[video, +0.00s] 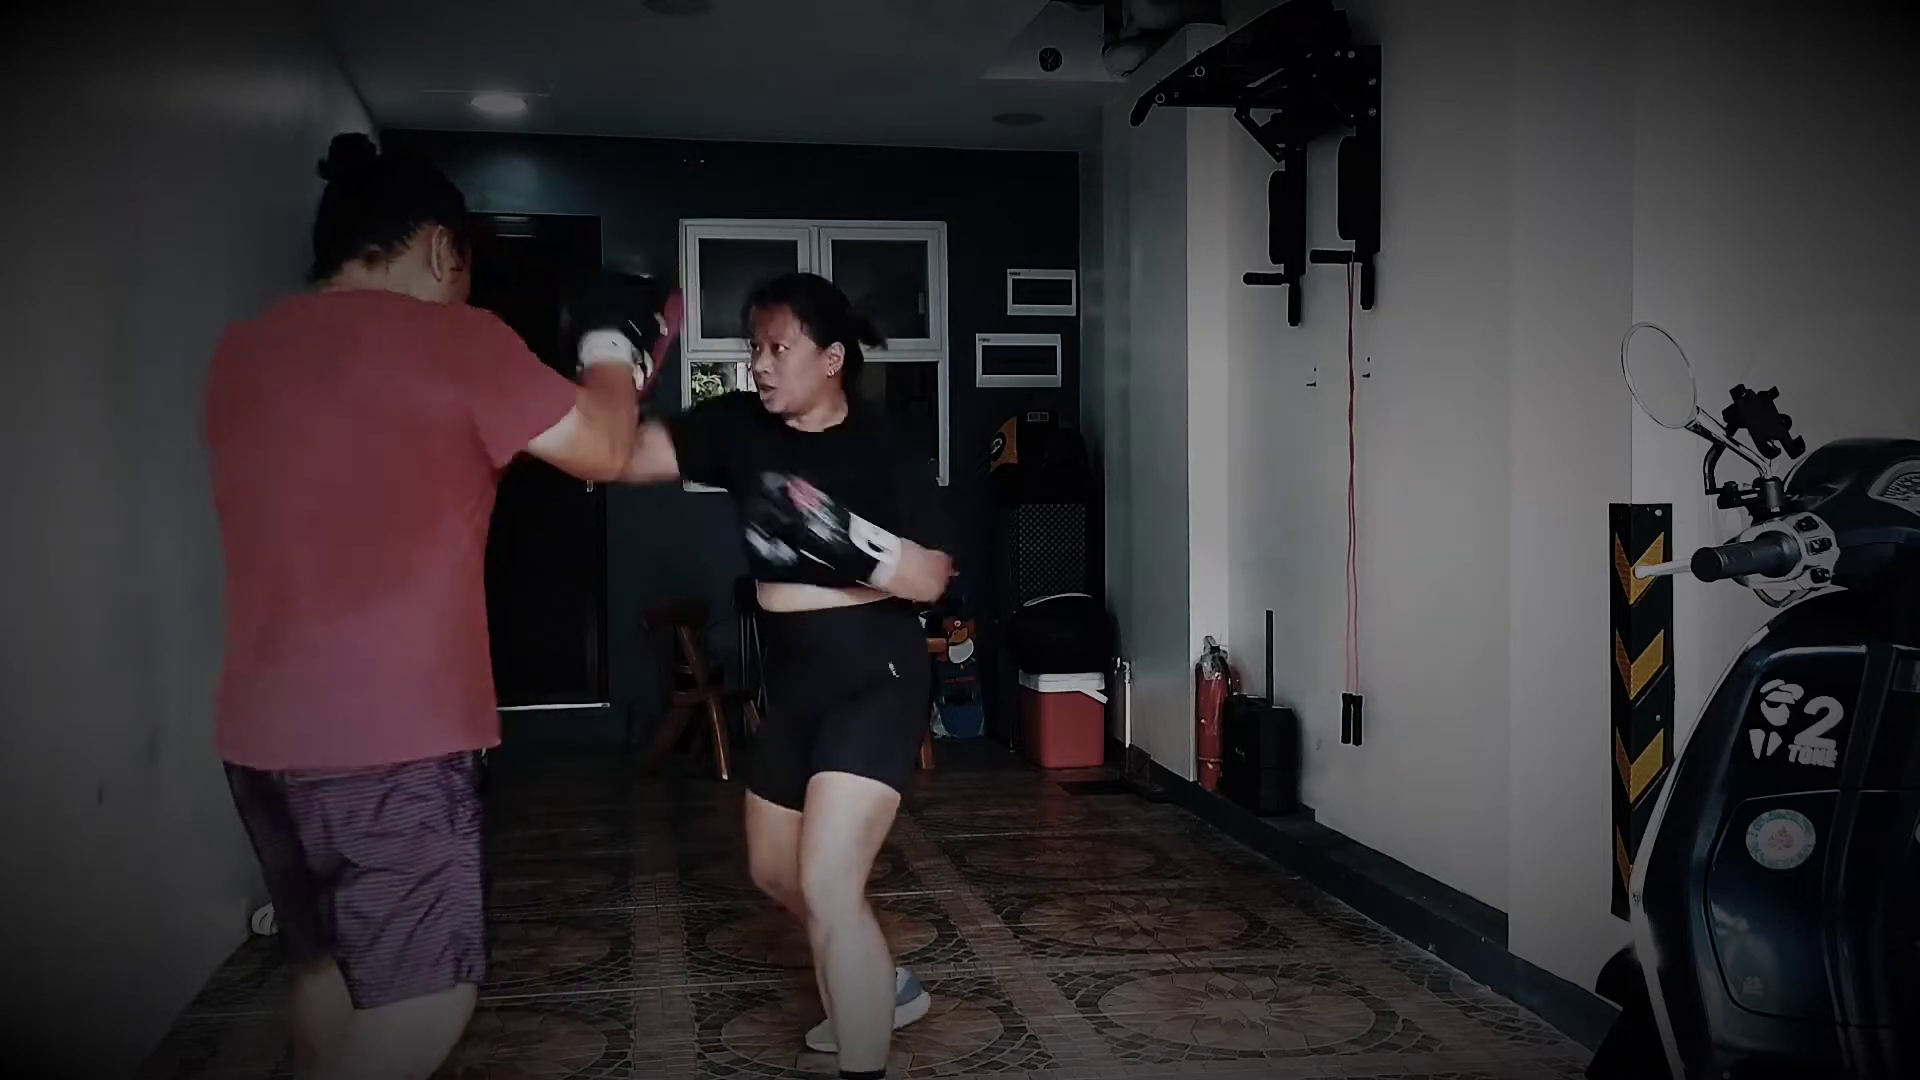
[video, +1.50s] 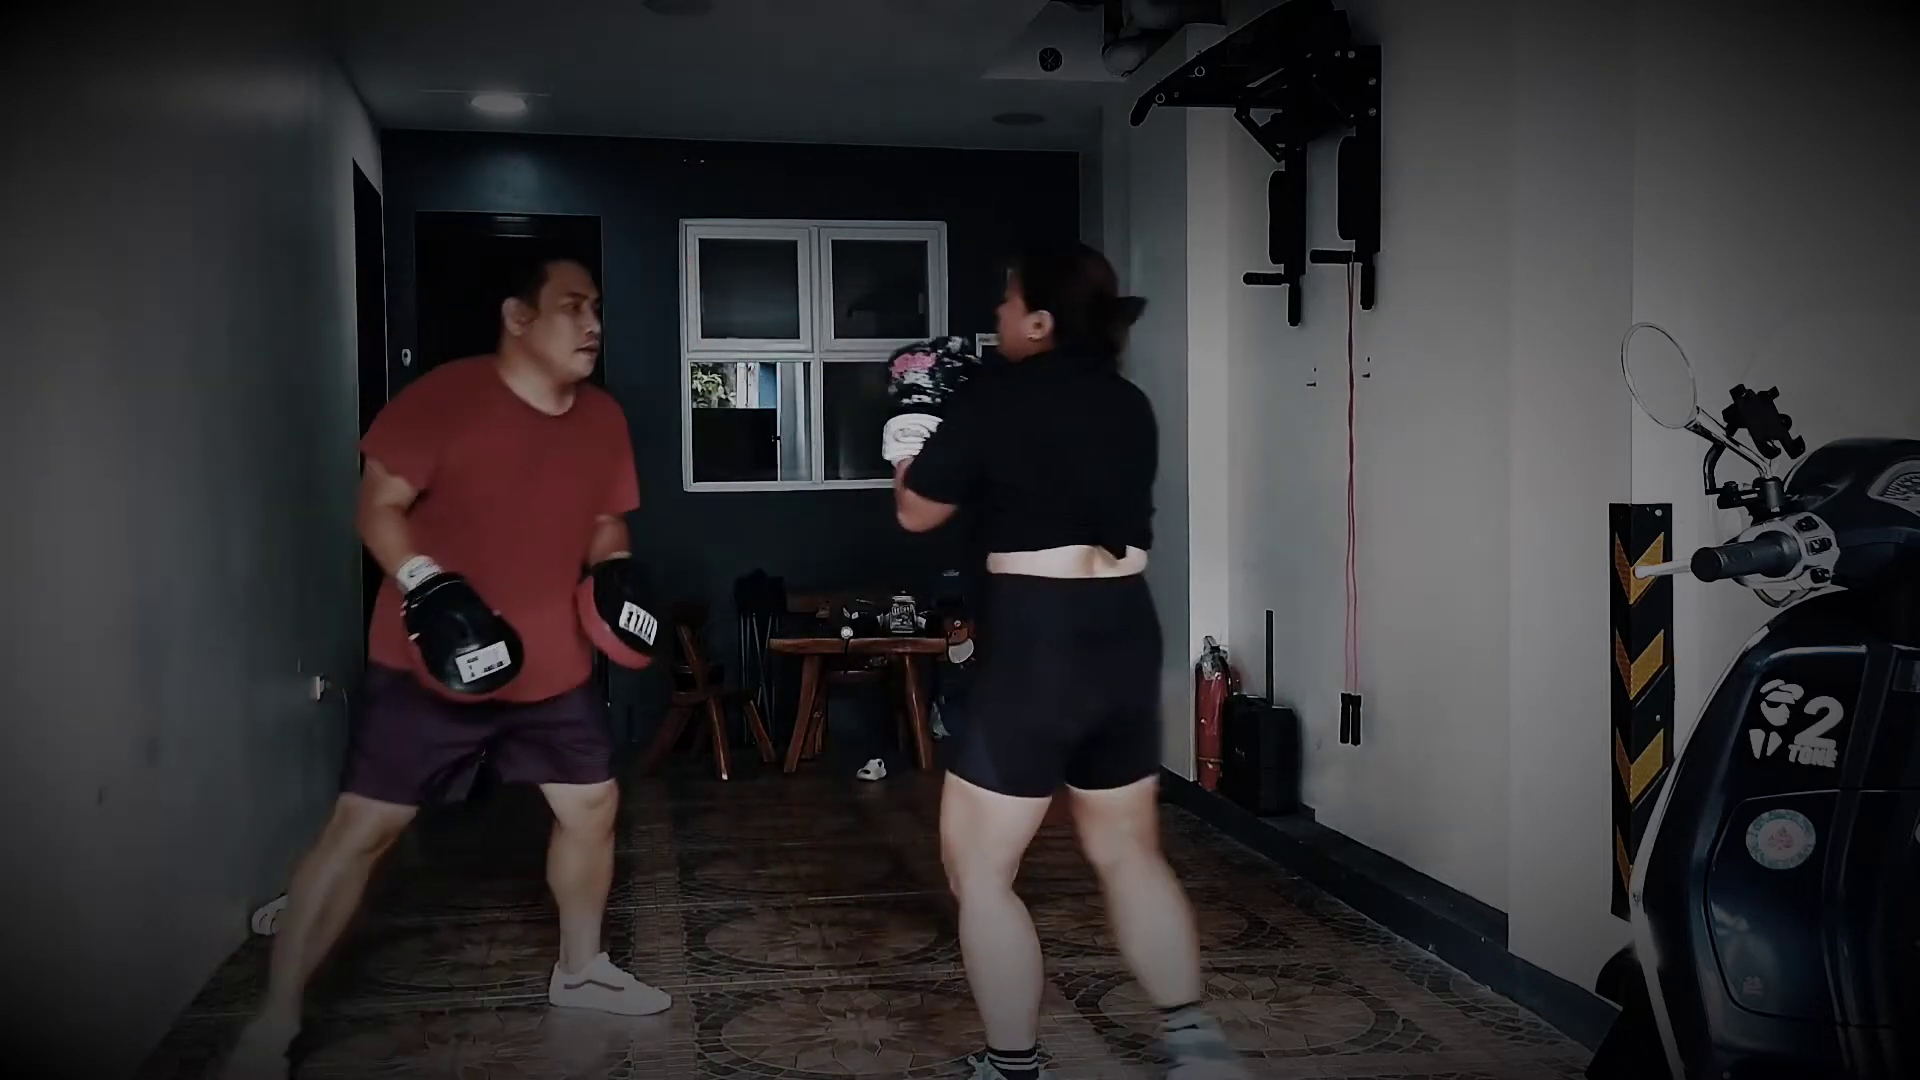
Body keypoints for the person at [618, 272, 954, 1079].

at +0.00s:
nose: (758, 364)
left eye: (777, 349)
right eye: (755, 347)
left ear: (833, 356)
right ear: (752, 351)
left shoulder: (884, 447)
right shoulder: (743, 433)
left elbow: (929, 580)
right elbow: (617, 455)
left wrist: (833, 536)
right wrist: (614, 370)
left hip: (878, 670)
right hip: (790, 673)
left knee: (831, 880)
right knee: (774, 868)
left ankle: (861, 1066)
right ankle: (884, 990)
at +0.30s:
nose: (744, 385)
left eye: (760, 367)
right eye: (739, 368)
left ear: (814, 370)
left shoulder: (840, 433)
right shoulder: (775, 443)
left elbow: (740, 500)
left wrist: (664, 430)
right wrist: (721, 528)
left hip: (872, 682)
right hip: (804, 674)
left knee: (764, 896)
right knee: (812, 867)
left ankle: (836, 1074)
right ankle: (884, 995)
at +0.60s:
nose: (845, 390)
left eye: (867, 375)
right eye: (838, 371)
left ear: (915, 384)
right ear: (829, 371)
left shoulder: (949, 468)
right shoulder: (805, 439)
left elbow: (943, 604)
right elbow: (693, 464)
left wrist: (896, 514)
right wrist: (663, 386)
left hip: (895, 692)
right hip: (805, 685)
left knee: (811, 892)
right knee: (801, 882)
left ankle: (844, 1070)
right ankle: (914, 1007)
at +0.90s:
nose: (872, 366)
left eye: (884, 351)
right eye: (869, 352)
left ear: (934, 353)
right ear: (908, 358)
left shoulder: (959, 428)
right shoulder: (906, 428)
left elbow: (875, 523)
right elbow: (820, 521)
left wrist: (860, 422)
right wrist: (814, 432)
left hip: (937, 663)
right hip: (902, 658)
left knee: (820, 851)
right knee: (877, 861)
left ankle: (849, 1065)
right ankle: (926, 1008)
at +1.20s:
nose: (923, 362)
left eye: (927, 348)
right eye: (925, 348)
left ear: (957, 352)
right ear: (999, 353)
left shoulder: (939, 428)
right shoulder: (1050, 428)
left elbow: (849, 528)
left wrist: (845, 484)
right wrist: (892, 484)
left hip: (961, 667)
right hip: (1035, 667)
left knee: (894, 881)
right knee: (958, 870)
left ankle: (996, 1051)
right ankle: (947, 1012)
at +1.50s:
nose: (998, 312)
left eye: (1010, 300)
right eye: (1005, 297)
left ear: (1044, 318)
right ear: (1090, 318)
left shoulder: (995, 399)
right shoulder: (1129, 404)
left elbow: (916, 510)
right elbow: (1088, 501)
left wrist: (915, 451)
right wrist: (964, 441)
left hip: (1030, 655)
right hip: (1128, 649)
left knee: (980, 868)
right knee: (1129, 852)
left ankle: (1013, 1063)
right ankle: (1194, 1039)